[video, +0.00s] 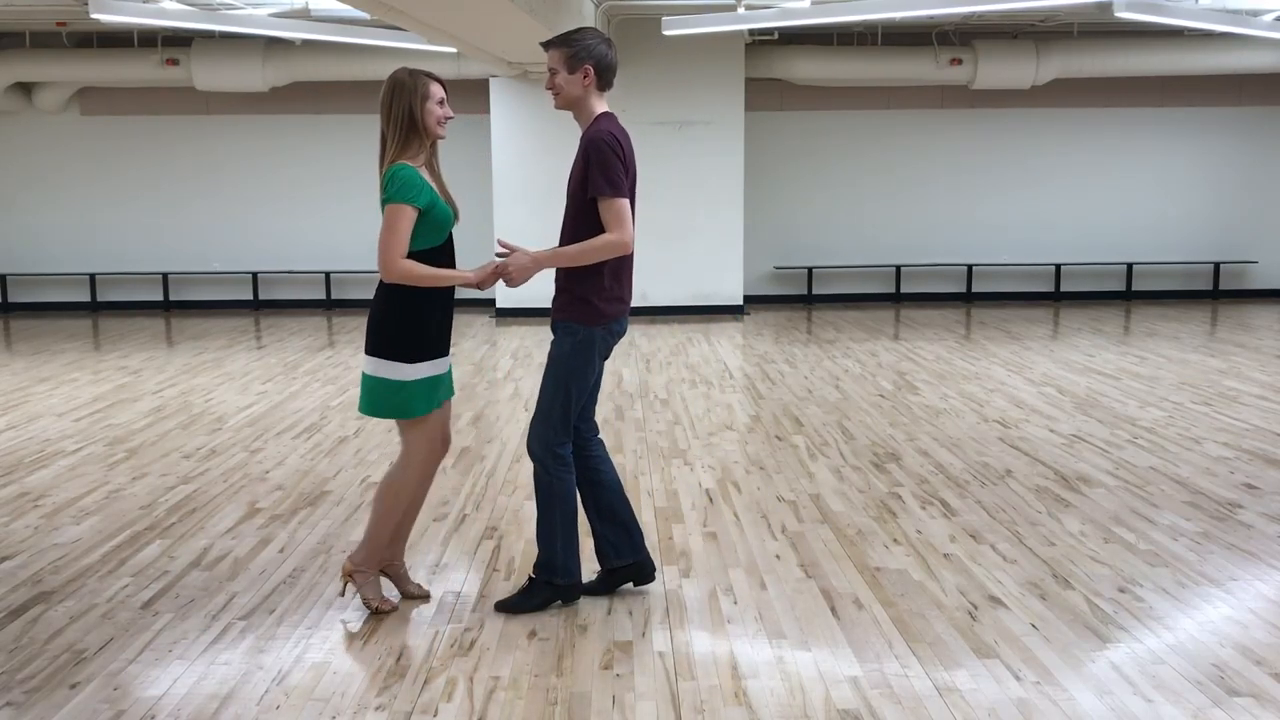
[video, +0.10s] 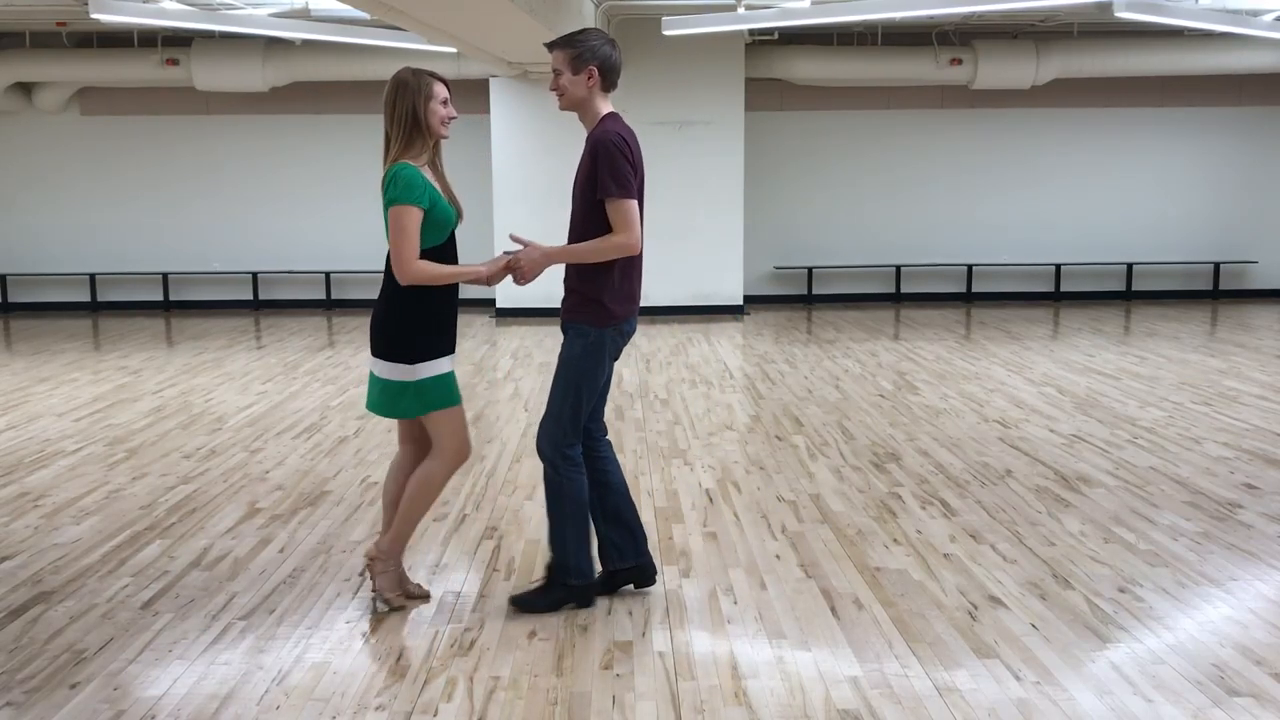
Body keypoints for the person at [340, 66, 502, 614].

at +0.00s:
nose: (448, 111)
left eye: (446, 103)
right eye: (438, 103)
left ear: (427, 111)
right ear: (413, 110)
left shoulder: (423, 173)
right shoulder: (406, 178)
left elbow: (417, 260)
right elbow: (391, 266)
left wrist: (470, 274)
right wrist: (465, 277)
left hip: (426, 332)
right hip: (405, 335)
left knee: (436, 442)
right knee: (421, 446)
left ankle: (392, 555)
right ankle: (364, 562)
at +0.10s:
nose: (452, 111)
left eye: (450, 102)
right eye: (442, 102)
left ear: (427, 110)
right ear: (415, 110)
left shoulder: (424, 174)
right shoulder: (408, 179)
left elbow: (425, 263)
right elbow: (406, 269)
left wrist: (482, 270)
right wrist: (477, 274)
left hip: (412, 335)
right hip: (415, 339)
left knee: (414, 447)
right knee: (452, 448)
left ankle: (388, 561)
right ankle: (385, 553)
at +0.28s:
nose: (461, 111)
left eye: (459, 101)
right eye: (451, 102)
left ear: (436, 110)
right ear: (424, 110)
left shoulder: (434, 172)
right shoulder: (413, 177)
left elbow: (447, 257)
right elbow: (432, 266)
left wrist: (504, 245)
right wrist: (501, 249)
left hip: (417, 331)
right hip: (429, 335)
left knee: (408, 445)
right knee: (473, 440)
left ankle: (385, 556)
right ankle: (450, 562)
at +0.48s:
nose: (475, 111)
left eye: (473, 102)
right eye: (465, 103)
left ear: (458, 112)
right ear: (439, 110)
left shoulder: (450, 174)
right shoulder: (431, 178)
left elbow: (466, 253)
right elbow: (448, 266)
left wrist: (522, 234)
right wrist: (519, 241)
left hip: (458, 325)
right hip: (448, 328)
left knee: (465, 445)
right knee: (473, 443)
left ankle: (403, 550)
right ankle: (455, 565)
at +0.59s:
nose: (480, 114)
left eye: (478, 105)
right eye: (470, 106)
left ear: (463, 113)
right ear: (444, 114)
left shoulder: (459, 178)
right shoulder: (441, 181)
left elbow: (482, 253)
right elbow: (453, 272)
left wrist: (535, 243)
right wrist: (524, 265)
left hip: (469, 334)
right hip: (449, 337)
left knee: (506, 442)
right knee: (473, 453)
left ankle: (440, 537)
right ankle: (455, 569)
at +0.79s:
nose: (488, 113)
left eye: (487, 104)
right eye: (479, 105)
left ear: (469, 113)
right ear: (454, 113)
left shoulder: (468, 176)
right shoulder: (451, 181)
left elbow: (497, 254)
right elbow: (466, 273)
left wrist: (557, 262)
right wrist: (540, 283)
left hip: (483, 332)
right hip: (461, 337)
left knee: (521, 436)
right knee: (498, 445)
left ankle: (487, 551)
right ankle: (457, 560)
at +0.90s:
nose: (491, 113)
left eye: (489, 104)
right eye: (482, 104)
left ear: (470, 112)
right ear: (456, 112)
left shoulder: (468, 175)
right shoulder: (452, 180)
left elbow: (501, 253)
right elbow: (472, 271)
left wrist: (560, 258)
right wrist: (547, 274)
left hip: (479, 326)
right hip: (468, 331)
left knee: (503, 443)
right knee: (515, 444)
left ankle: (484, 552)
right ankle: (468, 554)